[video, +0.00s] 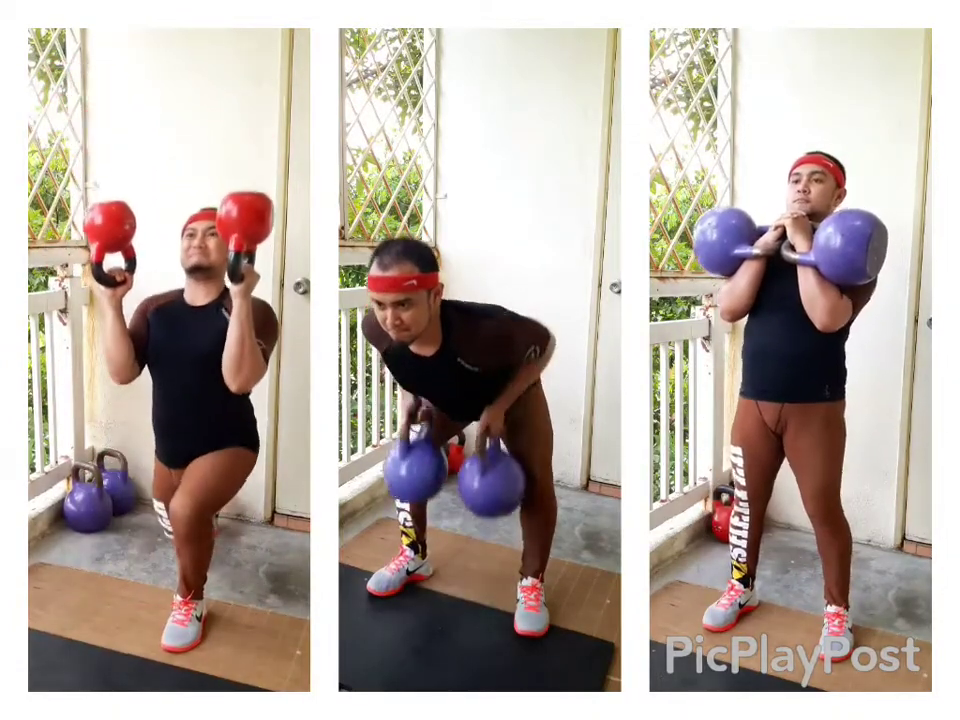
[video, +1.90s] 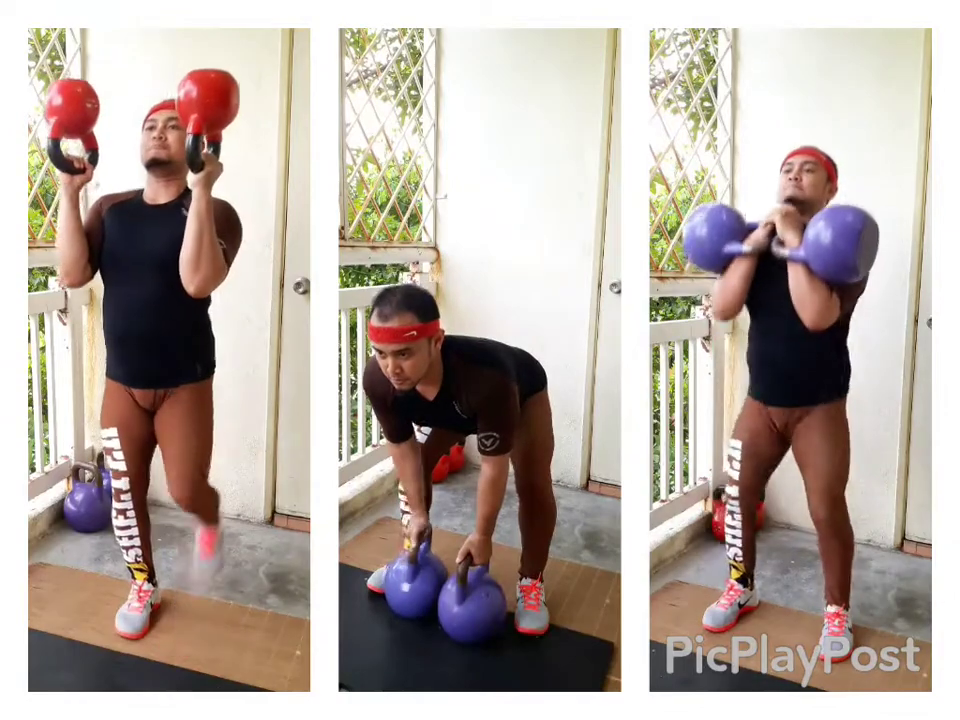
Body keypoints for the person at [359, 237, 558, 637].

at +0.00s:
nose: (391, 319)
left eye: (404, 305)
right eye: (380, 305)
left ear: (435, 293)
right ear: (372, 300)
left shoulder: (482, 328)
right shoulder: (375, 330)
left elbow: (543, 343)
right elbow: (404, 362)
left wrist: (500, 407)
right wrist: (409, 396)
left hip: (510, 391)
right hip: (445, 395)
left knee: (536, 483)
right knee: (409, 460)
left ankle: (531, 582)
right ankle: (413, 552)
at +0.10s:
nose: (394, 314)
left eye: (406, 299)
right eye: (382, 300)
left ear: (438, 287)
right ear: (373, 295)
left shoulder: (486, 327)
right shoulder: (376, 330)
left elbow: (538, 369)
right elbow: (394, 368)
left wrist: (497, 436)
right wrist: (408, 420)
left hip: (512, 398)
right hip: (450, 400)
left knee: (537, 487)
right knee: (410, 463)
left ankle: (531, 582)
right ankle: (413, 552)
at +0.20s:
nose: (396, 319)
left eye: (408, 305)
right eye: (385, 306)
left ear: (439, 291)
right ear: (375, 299)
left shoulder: (488, 332)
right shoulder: (379, 336)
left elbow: (528, 393)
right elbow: (398, 386)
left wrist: (491, 468)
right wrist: (412, 447)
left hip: (511, 400)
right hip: (450, 403)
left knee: (537, 486)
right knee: (407, 467)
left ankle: (531, 582)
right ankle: (411, 555)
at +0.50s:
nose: (395, 344)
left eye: (407, 331)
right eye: (384, 331)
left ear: (438, 314)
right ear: (375, 325)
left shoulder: (487, 355)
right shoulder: (379, 363)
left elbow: (512, 435)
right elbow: (401, 428)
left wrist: (484, 515)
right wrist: (411, 499)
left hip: (516, 396)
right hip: (456, 404)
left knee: (537, 486)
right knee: (412, 470)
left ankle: (532, 584)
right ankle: (407, 563)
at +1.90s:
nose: (392, 368)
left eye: (404, 354)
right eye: (382, 355)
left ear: (436, 342)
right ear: (373, 349)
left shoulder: (486, 378)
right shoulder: (378, 380)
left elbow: (494, 467)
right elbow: (403, 451)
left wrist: (482, 535)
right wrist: (417, 513)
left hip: (516, 391)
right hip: (451, 399)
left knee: (534, 485)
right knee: (417, 469)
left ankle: (531, 584)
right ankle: (411, 562)